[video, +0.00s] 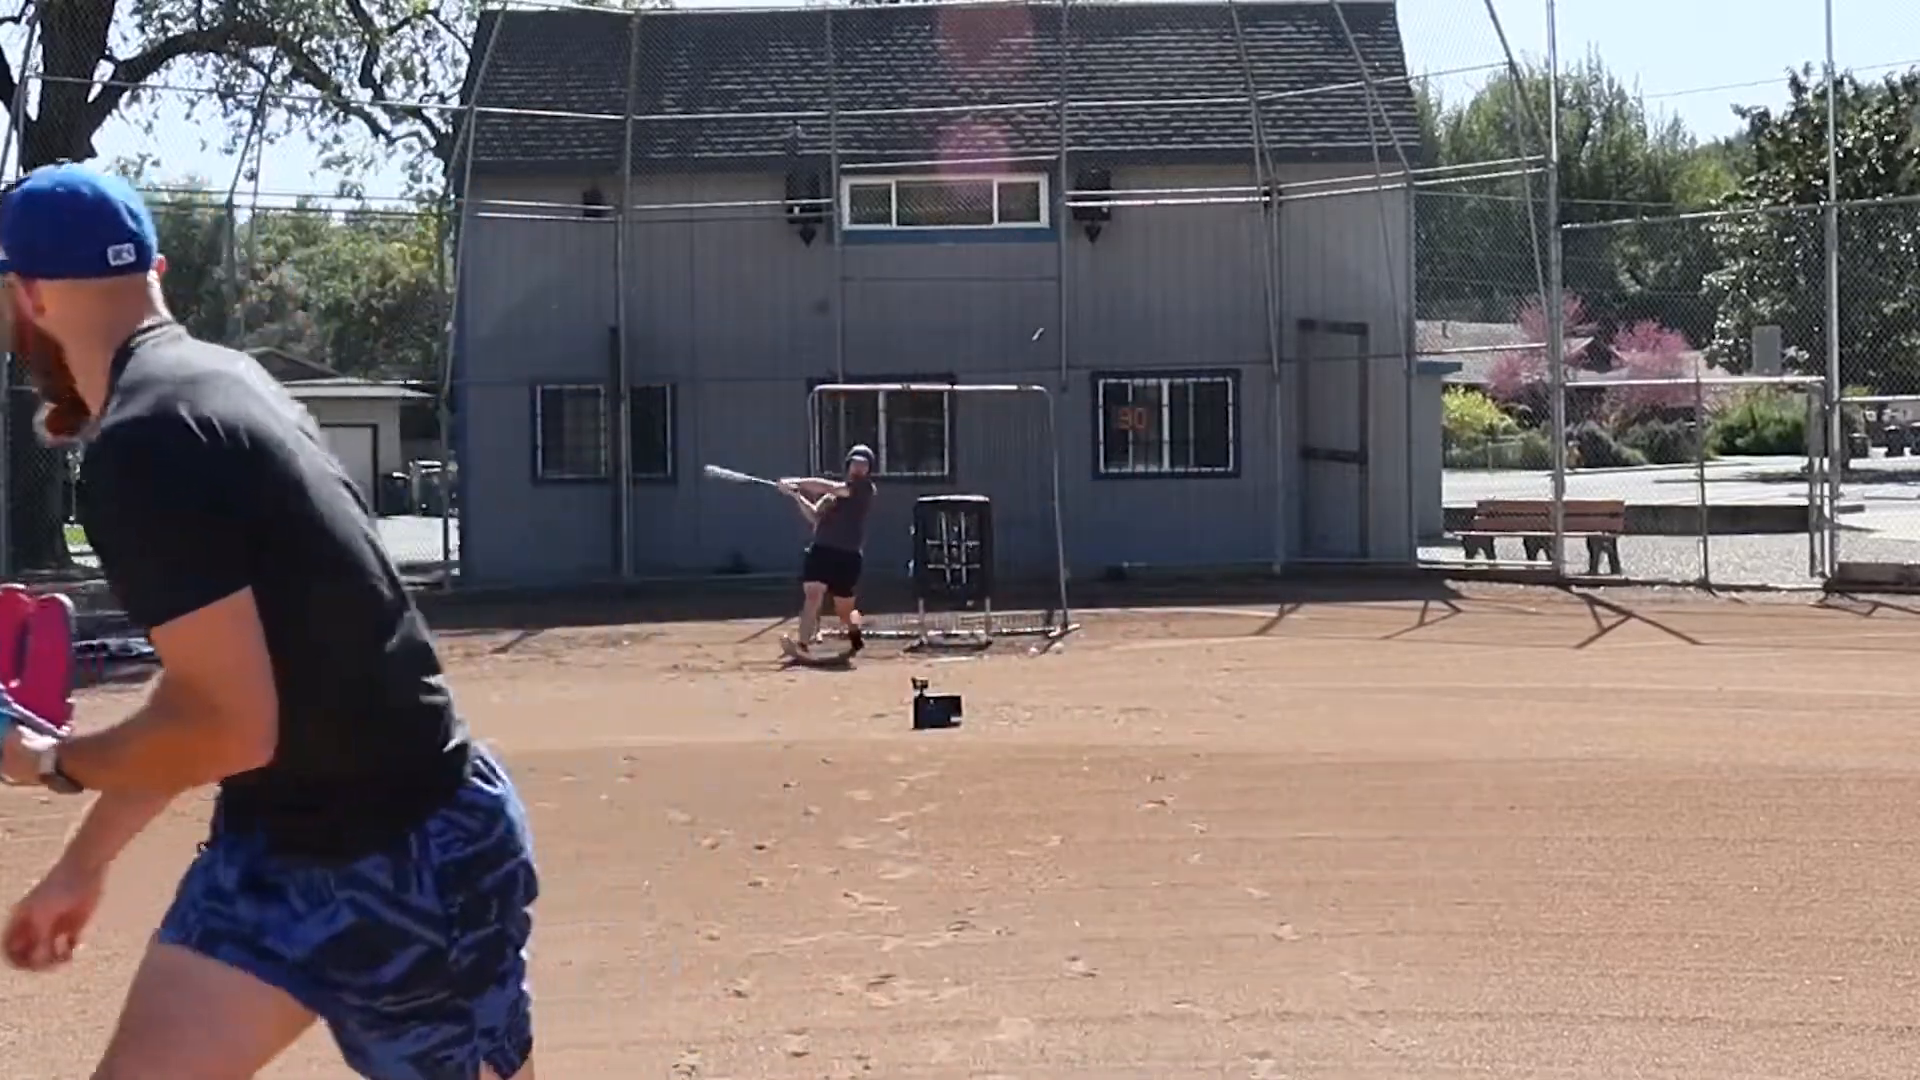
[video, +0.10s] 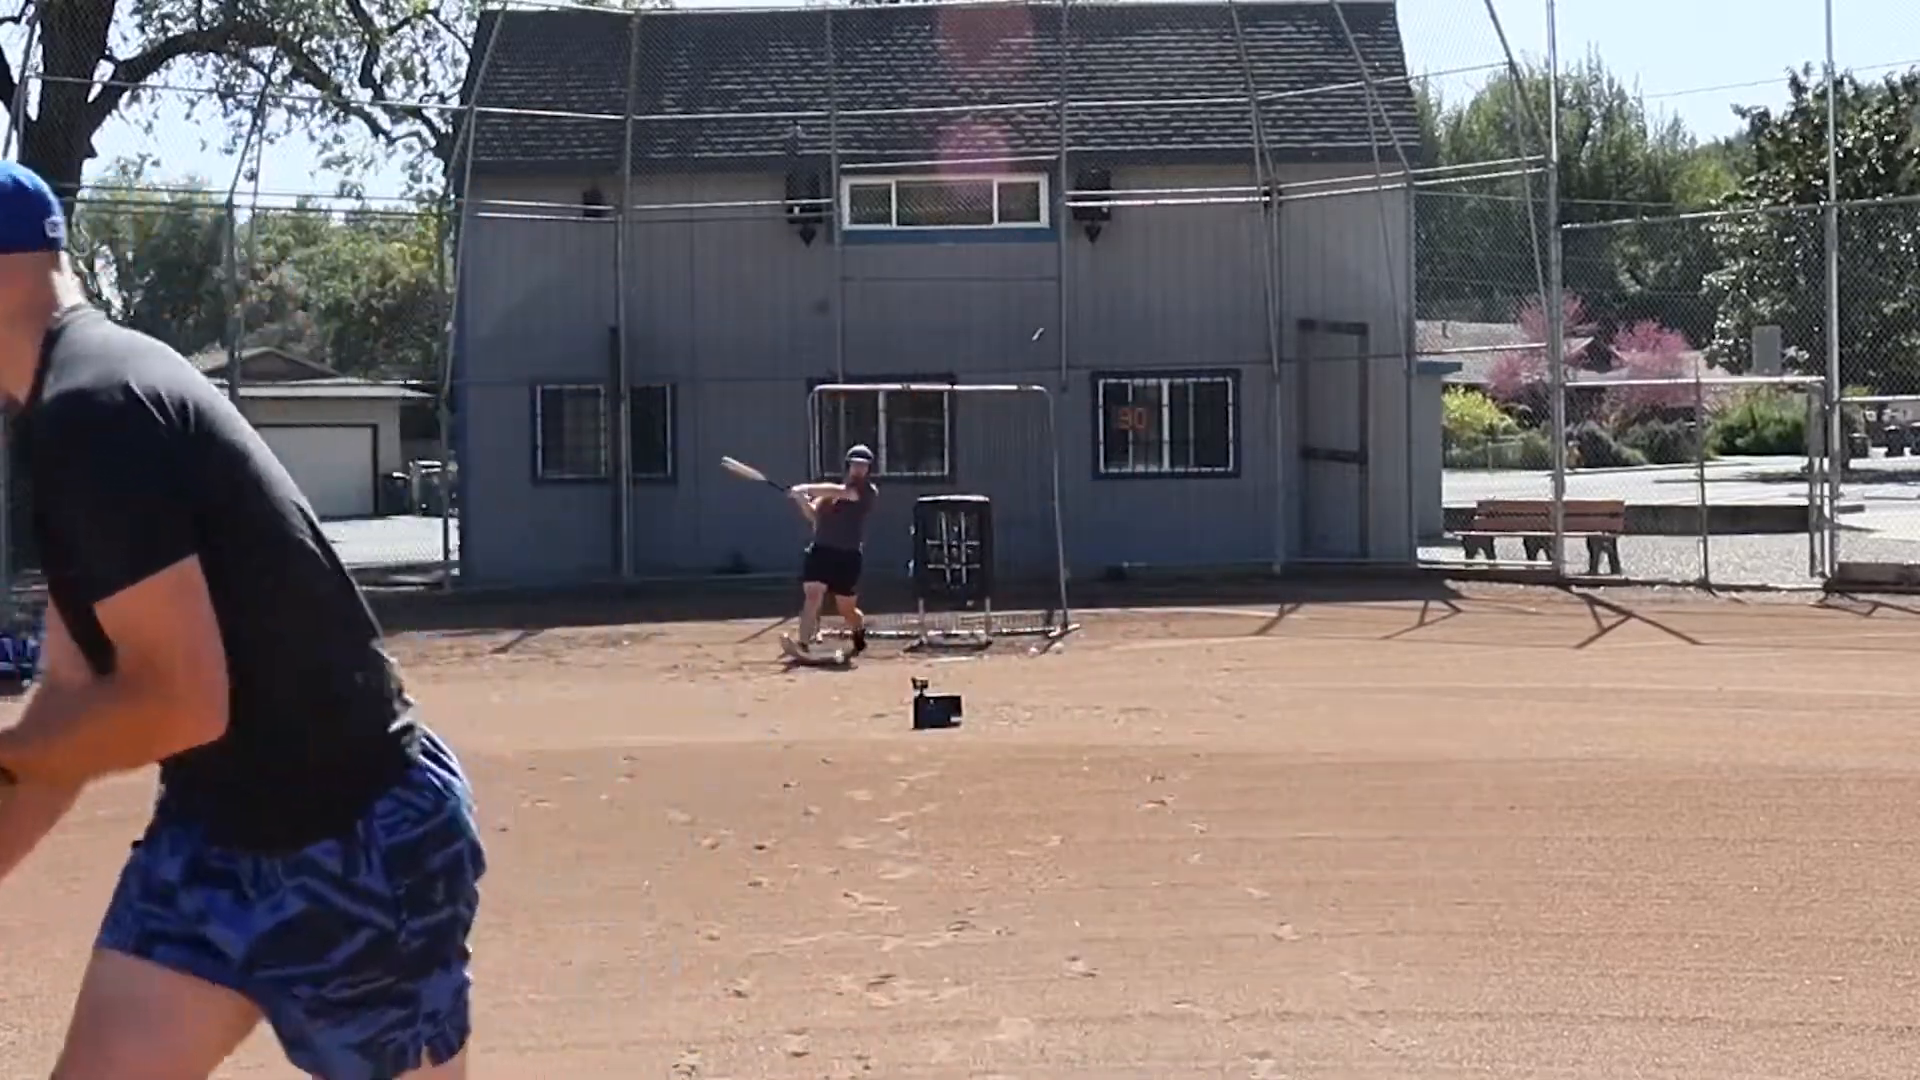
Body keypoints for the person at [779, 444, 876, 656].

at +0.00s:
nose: (858, 469)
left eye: (863, 465)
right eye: (855, 464)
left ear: (868, 469)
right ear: (848, 465)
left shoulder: (865, 489)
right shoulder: (836, 491)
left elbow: (830, 488)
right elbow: (815, 515)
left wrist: (797, 482)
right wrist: (795, 494)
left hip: (847, 553)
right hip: (822, 548)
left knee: (845, 610)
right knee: (813, 595)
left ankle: (854, 631)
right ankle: (803, 643)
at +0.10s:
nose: (858, 470)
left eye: (863, 466)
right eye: (854, 465)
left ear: (868, 469)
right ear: (848, 466)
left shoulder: (868, 492)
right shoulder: (832, 489)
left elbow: (840, 492)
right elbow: (813, 514)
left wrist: (805, 489)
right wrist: (800, 499)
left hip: (848, 551)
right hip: (821, 547)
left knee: (845, 607)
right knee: (813, 594)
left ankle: (858, 629)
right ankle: (803, 642)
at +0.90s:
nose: (856, 464)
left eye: (857, 459)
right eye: (852, 459)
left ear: (844, 460)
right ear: (841, 459)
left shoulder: (824, 478)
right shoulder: (844, 481)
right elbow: (867, 507)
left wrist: (851, 489)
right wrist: (861, 488)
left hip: (823, 546)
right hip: (816, 547)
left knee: (852, 593)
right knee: (839, 599)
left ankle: (836, 636)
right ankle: (813, 645)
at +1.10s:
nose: (852, 457)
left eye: (852, 452)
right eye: (848, 452)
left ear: (834, 453)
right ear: (837, 453)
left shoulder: (820, 472)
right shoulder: (835, 476)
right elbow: (859, 511)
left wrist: (854, 498)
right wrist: (862, 498)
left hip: (825, 542)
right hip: (820, 544)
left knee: (850, 592)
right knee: (839, 599)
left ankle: (836, 635)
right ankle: (812, 644)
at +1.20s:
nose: (849, 455)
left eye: (849, 451)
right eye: (846, 450)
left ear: (827, 450)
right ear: (836, 450)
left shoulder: (817, 471)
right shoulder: (832, 473)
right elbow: (852, 515)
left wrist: (852, 503)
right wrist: (863, 507)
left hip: (824, 541)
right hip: (822, 543)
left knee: (850, 591)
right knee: (839, 598)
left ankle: (837, 635)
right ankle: (812, 643)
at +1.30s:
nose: (848, 454)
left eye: (848, 450)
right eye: (845, 450)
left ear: (828, 450)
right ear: (836, 450)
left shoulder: (820, 472)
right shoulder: (828, 475)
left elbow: (844, 506)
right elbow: (841, 517)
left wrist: (859, 516)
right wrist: (864, 524)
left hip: (828, 541)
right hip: (823, 543)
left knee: (849, 591)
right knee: (838, 597)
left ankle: (837, 634)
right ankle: (812, 643)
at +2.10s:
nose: (857, 467)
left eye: (859, 462)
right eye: (853, 462)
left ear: (858, 464)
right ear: (843, 462)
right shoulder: (842, 481)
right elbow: (869, 501)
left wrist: (855, 483)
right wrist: (859, 481)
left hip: (827, 547)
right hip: (810, 545)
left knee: (851, 596)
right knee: (829, 593)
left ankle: (838, 637)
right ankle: (810, 644)